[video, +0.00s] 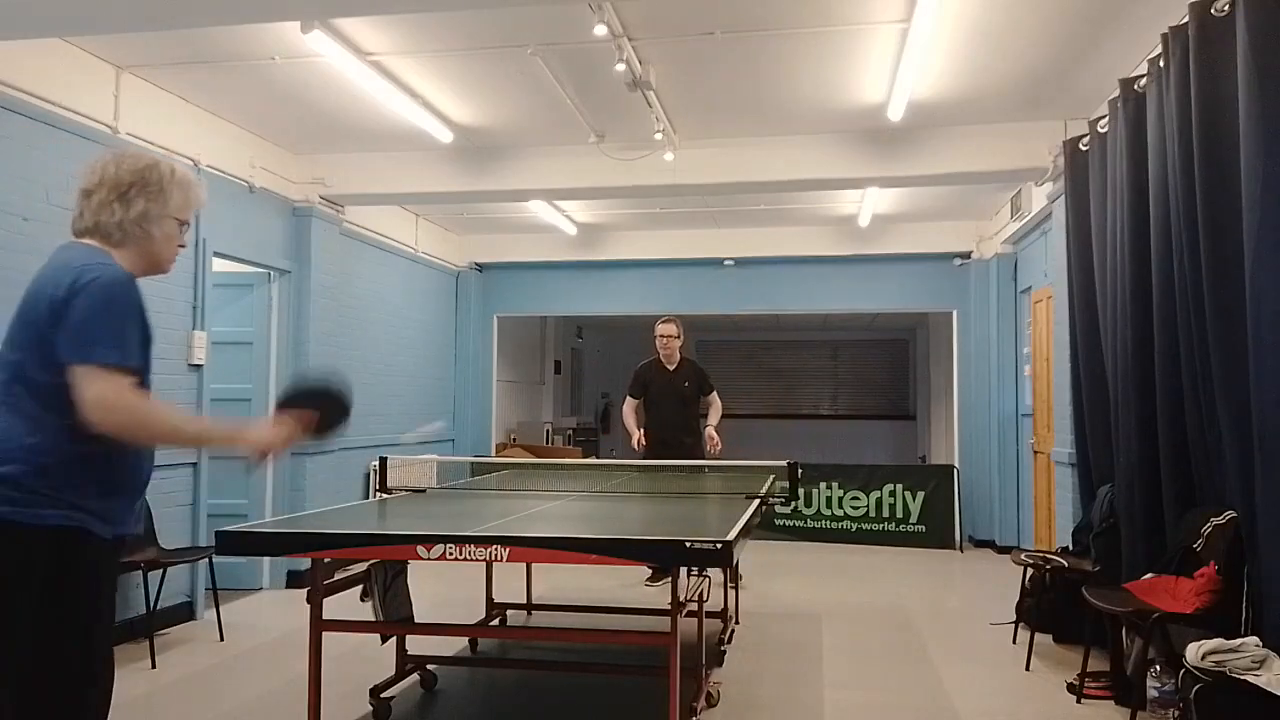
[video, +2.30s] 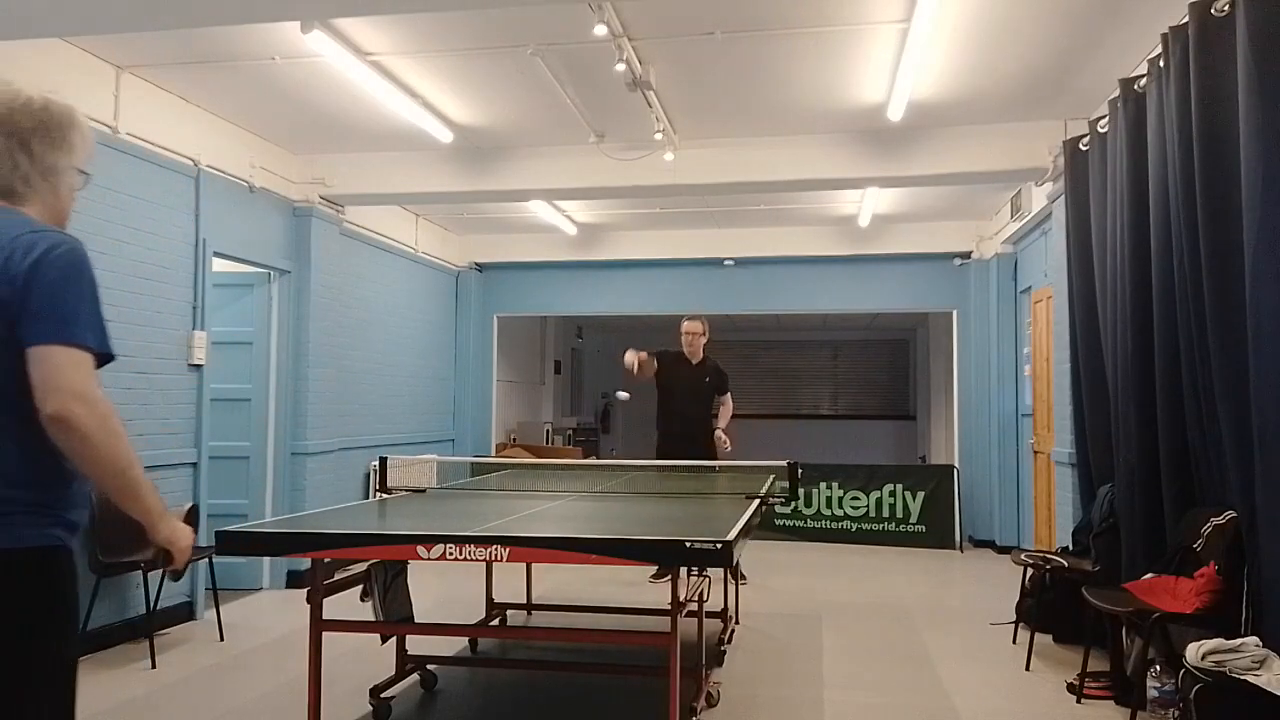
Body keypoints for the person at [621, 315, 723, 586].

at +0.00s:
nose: (664, 341)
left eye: (670, 337)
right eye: (660, 337)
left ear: (680, 340)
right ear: (654, 340)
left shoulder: (694, 370)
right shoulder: (644, 371)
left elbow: (715, 403)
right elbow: (629, 406)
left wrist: (710, 427)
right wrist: (634, 430)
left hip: (689, 456)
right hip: (655, 456)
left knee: (693, 508)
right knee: (654, 510)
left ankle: (695, 564)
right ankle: (660, 565)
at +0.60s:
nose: (671, 346)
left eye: (677, 342)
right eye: (667, 341)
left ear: (687, 344)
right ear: (662, 343)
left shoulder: (698, 373)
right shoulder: (650, 368)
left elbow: (713, 407)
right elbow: (618, 381)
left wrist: (714, 431)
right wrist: (620, 397)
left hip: (690, 455)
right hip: (656, 454)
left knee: (693, 508)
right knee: (654, 509)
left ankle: (696, 564)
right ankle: (656, 565)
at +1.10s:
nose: (680, 337)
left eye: (686, 333)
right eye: (677, 333)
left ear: (696, 338)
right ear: (671, 337)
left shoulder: (705, 372)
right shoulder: (657, 367)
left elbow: (718, 406)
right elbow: (631, 390)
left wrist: (720, 427)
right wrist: (647, 408)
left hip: (697, 455)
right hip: (662, 455)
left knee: (715, 507)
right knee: (660, 510)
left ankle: (732, 563)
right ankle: (657, 566)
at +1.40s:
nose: (694, 351)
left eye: (699, 346)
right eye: (690, 347)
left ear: (711, 348)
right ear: (685, 350)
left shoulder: (730, 378)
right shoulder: (680, 381)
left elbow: (753, 409)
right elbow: (662, 416)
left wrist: (740, 434)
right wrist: (668, 446)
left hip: (726, 462)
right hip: (691, 462)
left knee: (741, 514)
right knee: (674, 511)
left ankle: (754, 570)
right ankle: (660, 566)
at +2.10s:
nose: (685, 371)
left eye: (690, 366)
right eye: (680, 366)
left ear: (702, 363)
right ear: (675, 363)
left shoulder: (716, 387)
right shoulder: (668, 384)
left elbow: (732, 420)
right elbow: (638, 411)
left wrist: (721, 445)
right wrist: (649, 437)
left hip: (708, 464)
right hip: (675, 464)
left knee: (725, 512)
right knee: (668, 511)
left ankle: (750, 567)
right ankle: (669, 561)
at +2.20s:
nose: (686, 354)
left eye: (691, 349)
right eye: (682, 349)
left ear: (703, 348)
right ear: (677, 347)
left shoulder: (714, 377)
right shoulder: (667, 370)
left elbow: (728, 409)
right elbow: (631, 379)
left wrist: (719, 434)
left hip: (704, 456)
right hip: (670, 454)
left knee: (722, 506)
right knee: (667, 508)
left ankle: (741, 563)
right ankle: (669, 560)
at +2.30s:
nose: (691, 339)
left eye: (697, 335)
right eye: (687, 334)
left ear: (705, 337)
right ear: (680, 336)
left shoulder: (714, 370)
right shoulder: (665, 359)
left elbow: (726, 402)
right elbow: (641, 360)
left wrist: (720, 427)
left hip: (702, 450)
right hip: (669, 448)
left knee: (712, 505)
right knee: (666, 506)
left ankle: (729, 559)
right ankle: (668, 560)